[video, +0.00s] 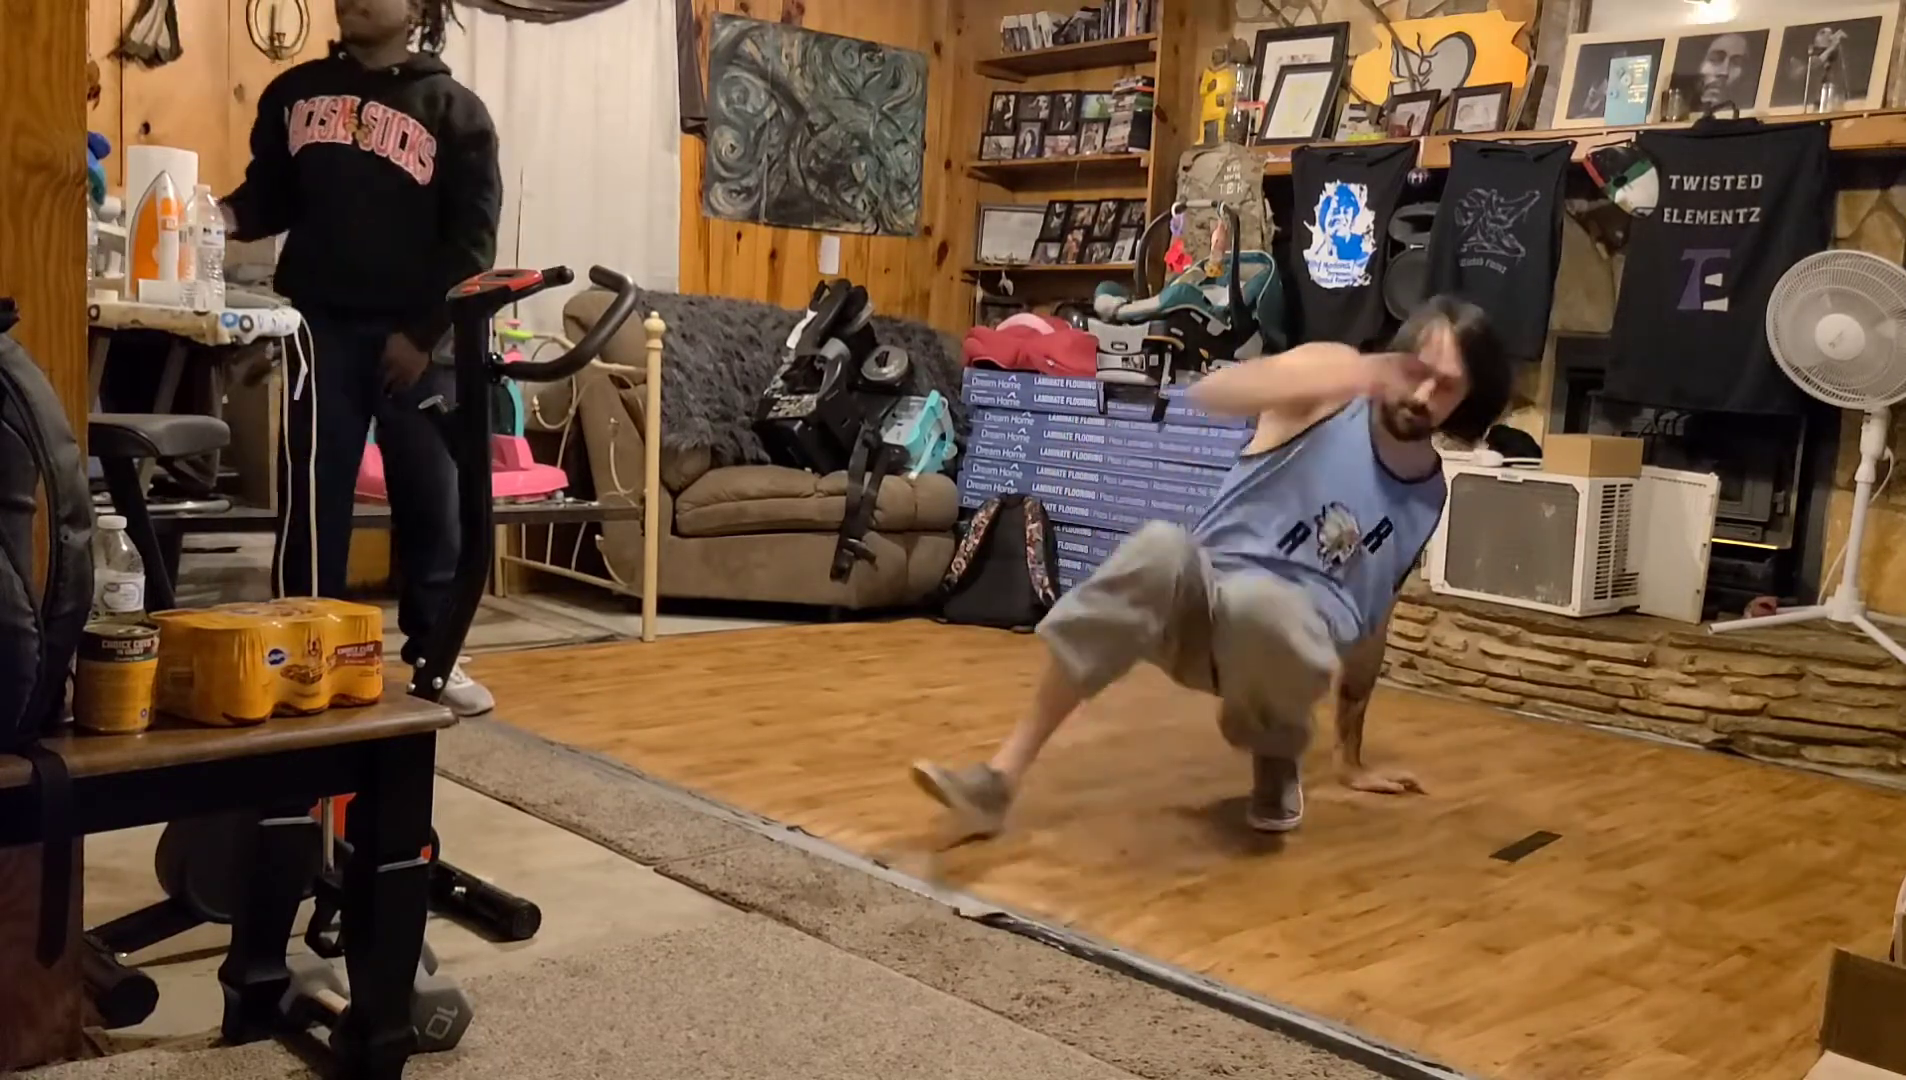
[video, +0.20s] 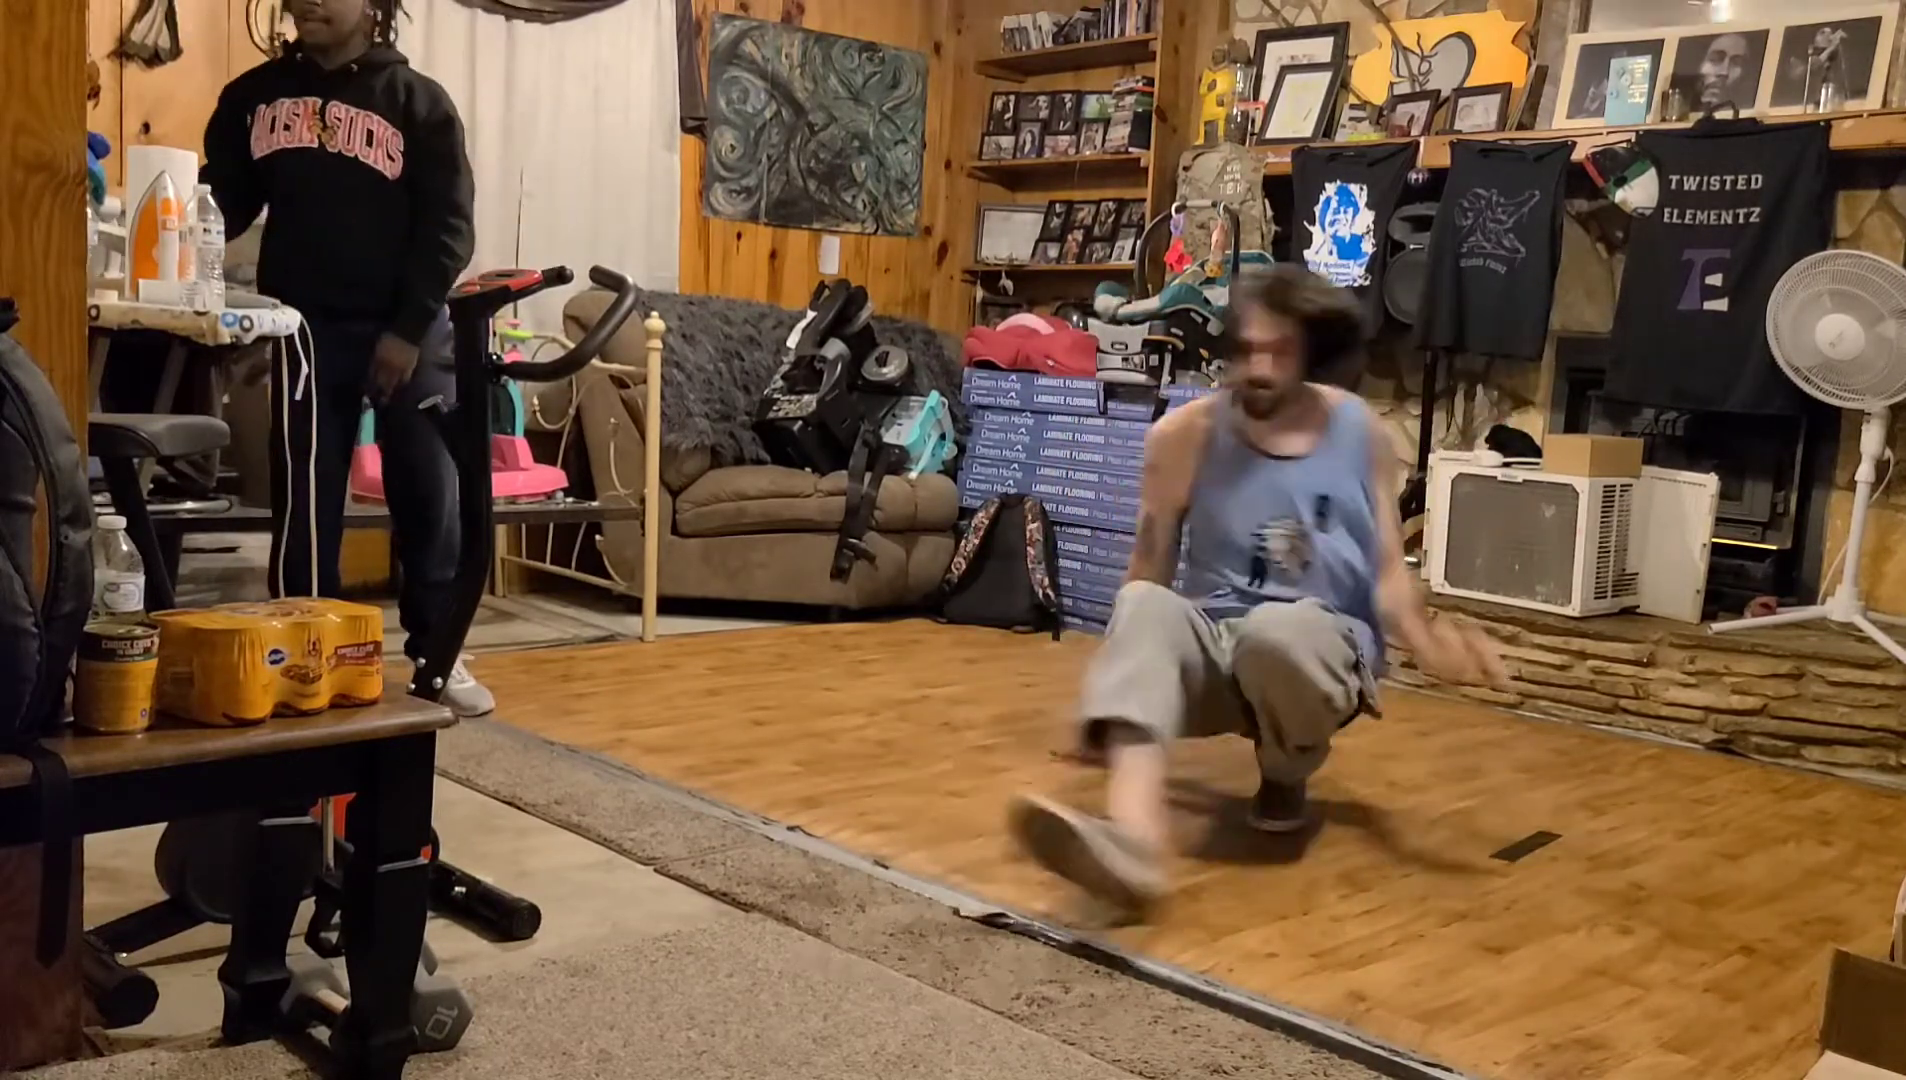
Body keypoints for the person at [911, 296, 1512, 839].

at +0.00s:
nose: (1425, 396)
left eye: (1450, 389)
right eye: (1420, 369)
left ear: (1466, 403)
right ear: (1395, 353)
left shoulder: (1426, 491)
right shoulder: (1333, 373)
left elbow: (1370, 624)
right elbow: (1205, 394)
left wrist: (1354, 761)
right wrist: (1349, 377)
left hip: (1293, 646)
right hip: (1198, 604)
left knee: (1259, 606)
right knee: (1157, 546)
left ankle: (1274, 762)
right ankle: (1002, 774)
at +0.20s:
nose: (1259, 369)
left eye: (1278, 352)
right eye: (1243, 351)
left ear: (1310, 352)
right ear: (1225, 351)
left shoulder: (1359, 431)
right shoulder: (1180, 437)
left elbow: (1388, 565)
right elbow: (1147, 576)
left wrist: (1416, 630)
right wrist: (1114, 708)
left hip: (1318, 660)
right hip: (1205, 658)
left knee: (1279, 631)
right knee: (1143, 604)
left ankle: (1284, 774)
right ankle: (1135, 838)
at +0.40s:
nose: (1075, 425)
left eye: (1085, 401)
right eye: (1059, 414)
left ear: (1119, 385)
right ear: (1054, 420)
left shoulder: (1179, 426)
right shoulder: (1110, 478)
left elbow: (1172, 610)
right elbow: (1138, 620)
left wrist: (1104, 735)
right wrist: (1115, 737)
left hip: (1335, 560)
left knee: (1209, 651)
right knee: (1159, 713)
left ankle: (1464, 728)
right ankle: (1315, 834)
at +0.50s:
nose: (1069, 428)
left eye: (1080, 404)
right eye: (1051, 416)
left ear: (1113, 388)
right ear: (1045, 420)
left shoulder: (1164, 419)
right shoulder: (1109, 480)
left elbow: (1165, 587)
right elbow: (1136, 613)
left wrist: (1080, 695)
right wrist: (1115, 752)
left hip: (1331, 554)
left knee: (1217, 649)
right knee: (1162, 707)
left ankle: (1472, 725)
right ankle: (1323, 840)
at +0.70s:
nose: (1174, 406)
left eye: (1190, 388)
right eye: (1155, 390)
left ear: (1217, 378)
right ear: (1132, 392)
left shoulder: (1272, 411)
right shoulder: (1127, 471)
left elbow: (1358, 510)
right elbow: (1133, 604)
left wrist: (1395, 610)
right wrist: (1113, 745)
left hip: (1321, 636)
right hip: (1209, 644)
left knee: (1271, 605)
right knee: (1168, 591)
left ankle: (1258, 765)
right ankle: (1162, 827)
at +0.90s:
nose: (1417, 415)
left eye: (1438, 407)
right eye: (1408, 393)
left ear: (1457, 421)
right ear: (1379, 384)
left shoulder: (1437, 507)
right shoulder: (1288, 416)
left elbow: (1412, 643)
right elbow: (1168, 517)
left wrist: (1417, 779)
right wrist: (1048, 577)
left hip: (1319, 659)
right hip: (1217, 623)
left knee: (1276, 619)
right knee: (1172, 562)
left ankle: (1247, 770)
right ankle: (1128, 816)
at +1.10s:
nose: (1476, 399)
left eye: (1500, 388)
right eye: (1467, 373)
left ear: (1521, 399)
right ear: (1437, 360)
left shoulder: (1480, 501)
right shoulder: (1358, 397)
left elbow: (1432, 636)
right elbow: (1323, 414)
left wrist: (1418, 779)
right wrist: (1459, 313)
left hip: (1356, 632)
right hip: (1257, 604)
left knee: (1377, 536)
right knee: (1186, 568)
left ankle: (1281, 802)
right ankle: (1243, 767)